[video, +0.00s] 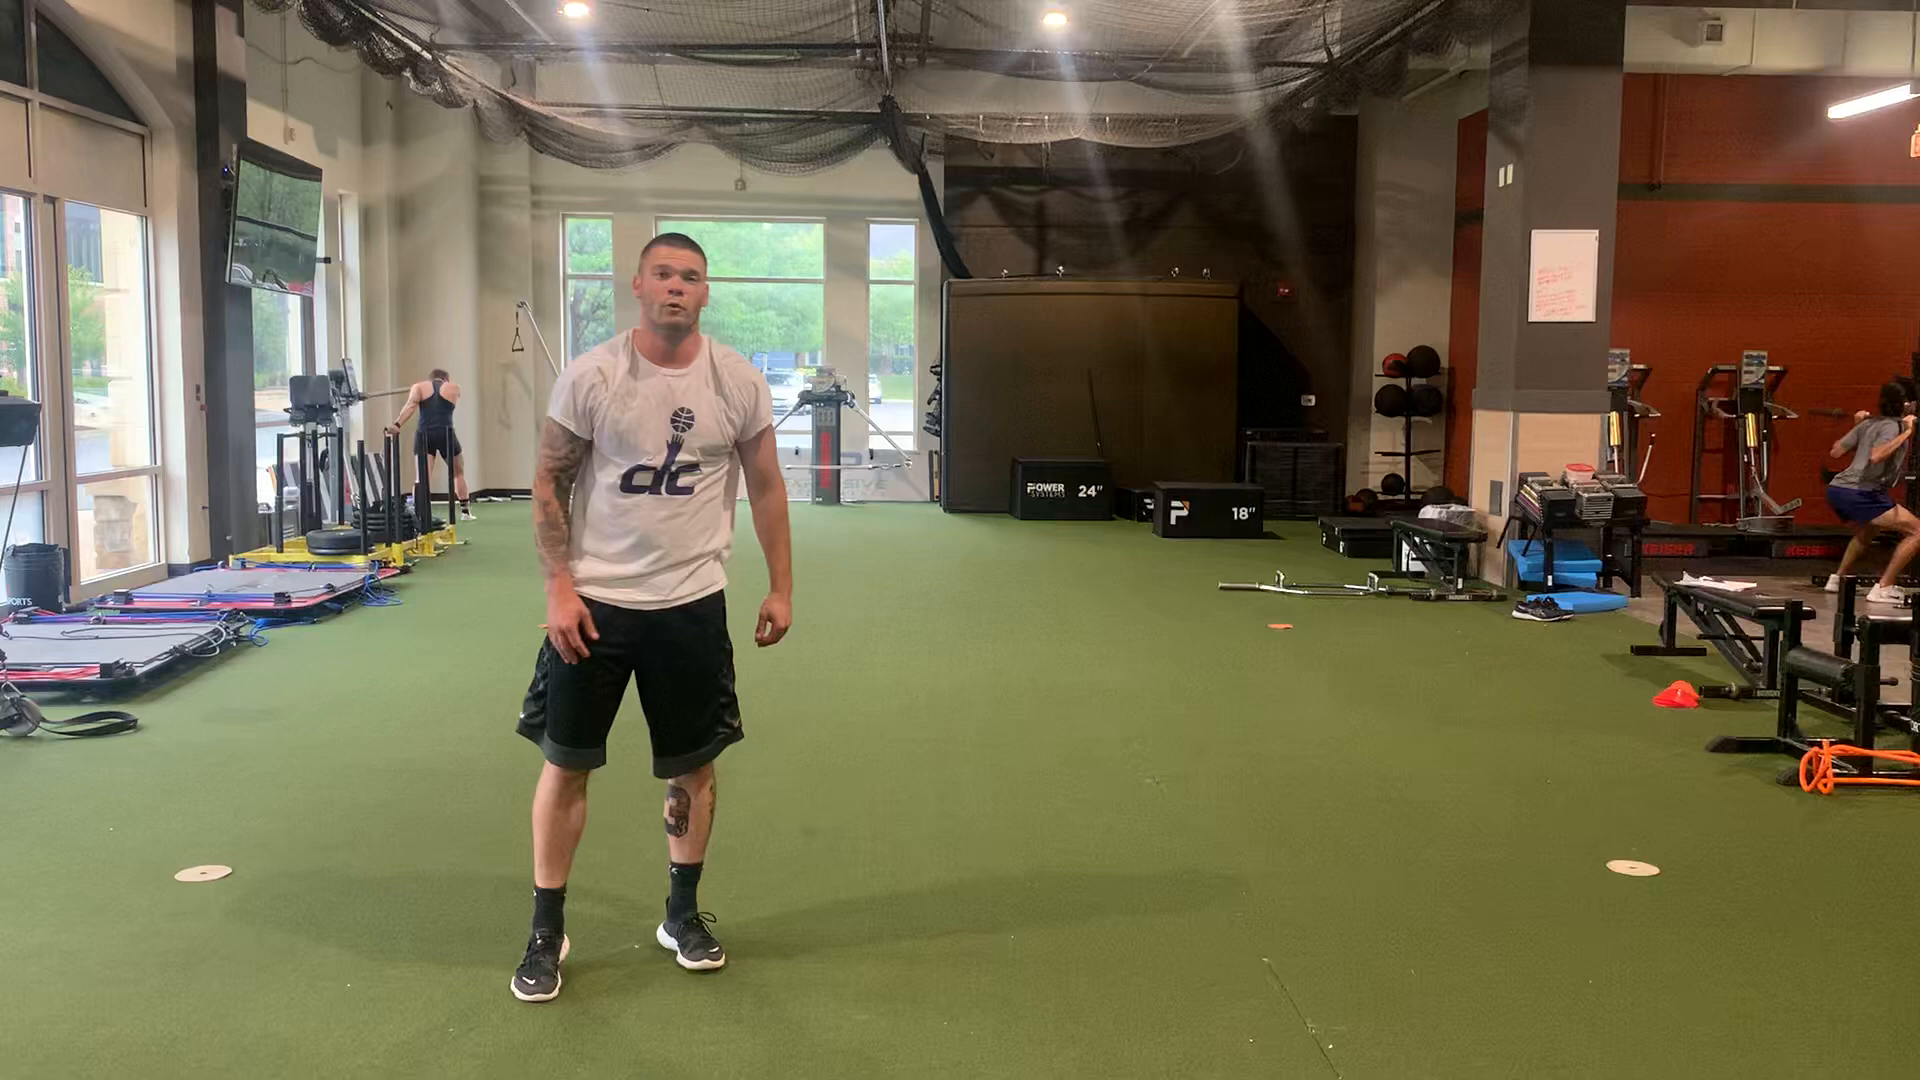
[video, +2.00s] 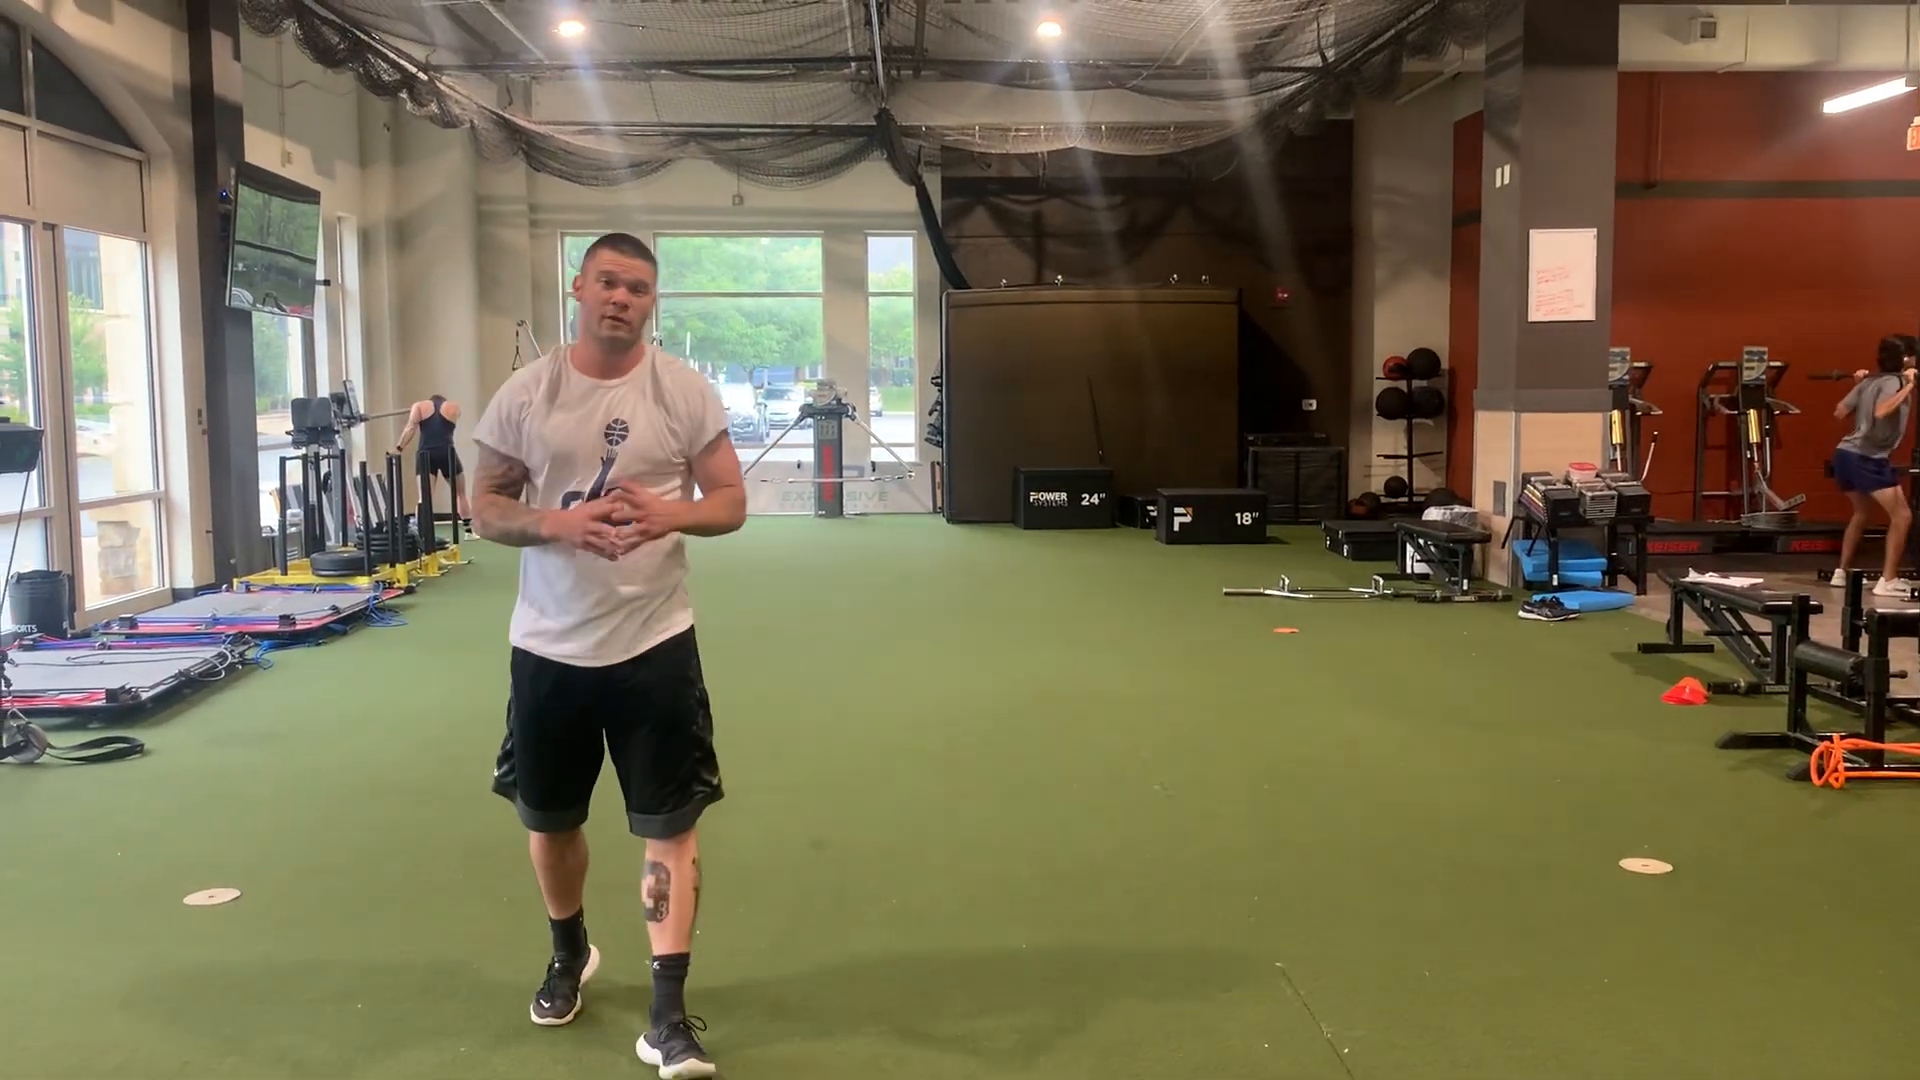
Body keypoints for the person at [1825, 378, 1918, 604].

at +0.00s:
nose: (1914, 407)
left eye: (1913, 402)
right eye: (1912, 402)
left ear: (1885, 402)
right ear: (1903, 404)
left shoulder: (1867, 424)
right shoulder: (1894, 427)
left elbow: (1836, 451)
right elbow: (1876, 456)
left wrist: (1858, 424)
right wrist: (1906, 433)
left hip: (1837, 490)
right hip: (1862, 496)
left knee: (1870, 528)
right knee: (1916, 530)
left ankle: (1838, 578)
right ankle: (1884, 587)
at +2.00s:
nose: (1915, 362)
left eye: (1915, 358)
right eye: (1913, 358)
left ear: (1883, 359)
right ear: (1904, 360)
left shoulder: (1868, 383)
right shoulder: (1894, 382)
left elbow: (1840, 411)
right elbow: (1881, 411)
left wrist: (1858, 384)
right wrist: (1909, 386)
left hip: (1845, 455)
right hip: (1868, 461)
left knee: (1860, 514)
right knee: (1901, 515)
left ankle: (1841, 572)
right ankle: (1889, 579)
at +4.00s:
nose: (1893, 445)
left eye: (1893, 440)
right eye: (1892, 440)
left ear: (1863, 442)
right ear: (1883, 444)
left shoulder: (1848, 462)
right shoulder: (1871, 464)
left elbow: (1816, 489)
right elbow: (1857, 494)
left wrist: (1837, 465)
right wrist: (1887, 470)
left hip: (1816, 528)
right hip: (1841, 533)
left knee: (1857, 544)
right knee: (1908, 545)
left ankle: (1823, 588)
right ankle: (1868, 597)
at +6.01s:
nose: (1883, 396)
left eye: (1883, 391)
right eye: (1881, 391)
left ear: (1852, 393)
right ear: (1870, 393)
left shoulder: (1837, 416)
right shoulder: (1862, 416)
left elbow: (1808, 444)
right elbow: (1850, 444)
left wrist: (1826, 416)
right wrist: (1877, 419)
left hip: (1815, 488)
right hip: (1837, 493)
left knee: (1822, 550)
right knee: (1857, 551)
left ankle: (1810, 610)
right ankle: (1857, 619)